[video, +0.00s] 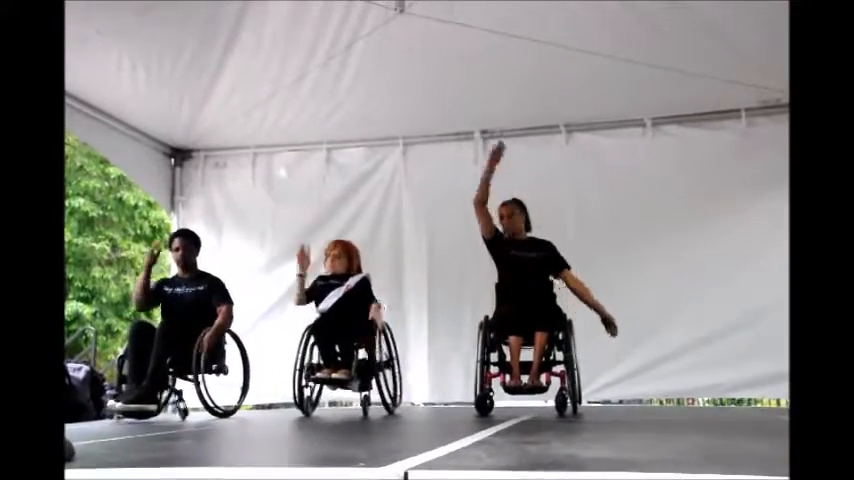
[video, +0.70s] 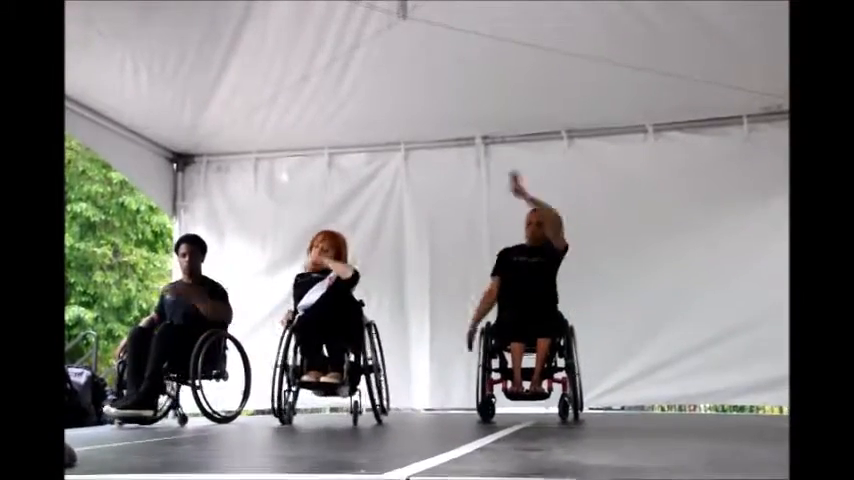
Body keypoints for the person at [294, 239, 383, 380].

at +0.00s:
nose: (331, 261)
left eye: (337, 257)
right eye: (328, 256)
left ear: (350, 261)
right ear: (325, 260)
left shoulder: (360, 281)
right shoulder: (322, 281)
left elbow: (370, 300)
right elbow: (300, 301)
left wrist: (376, 307)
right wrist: (301, 273)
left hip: (354, 318)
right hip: (331, 318)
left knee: (344, 332)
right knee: (319, 327)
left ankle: (345, 368)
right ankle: (329, 366)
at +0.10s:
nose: (329, 259)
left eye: (336, 255)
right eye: (327, 254)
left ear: (349, 260)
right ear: (324, 258)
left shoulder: (359, 280)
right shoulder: (320, 281)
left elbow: (369, 301)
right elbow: (295, 300)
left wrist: (379, 297)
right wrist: (289, 269)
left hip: (354, 320)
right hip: (330, 319)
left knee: (342, 332)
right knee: (317, 326)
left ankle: (344, 368)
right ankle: (327, 367)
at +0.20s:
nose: (329, 258)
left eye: (336, 254)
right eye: (327, 253)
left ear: (349, 259)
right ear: (323, 257)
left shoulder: (357, 278)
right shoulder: (318, 281)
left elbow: (373, 292)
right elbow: (293, 304)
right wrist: (279, 278)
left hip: (352, 319)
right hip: (328, 320)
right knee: (316, 325)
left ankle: (342, 369)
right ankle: (324, 367)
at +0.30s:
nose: (327, 256)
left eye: (333, 253)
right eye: (324, 252)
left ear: (346, 257)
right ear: (321, 256)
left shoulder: (354, 277)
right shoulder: (314, 281)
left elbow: (374, 281)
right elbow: (299, 316)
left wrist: (383, 251)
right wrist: (275, 302)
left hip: (347, 318)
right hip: (322, 319)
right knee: (310, 322)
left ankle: (339, 368)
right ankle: (320, 366)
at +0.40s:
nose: (325, 255)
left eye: (332, 251)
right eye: (323, 250)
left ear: (345, 257)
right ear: (318, 254)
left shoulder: (351, 276)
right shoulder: (311, 280)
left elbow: (370, 279)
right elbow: (302, 316)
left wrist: (370, 243)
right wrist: (279, 315)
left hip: (345, 318)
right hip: (320, 318)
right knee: (309, 324)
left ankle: (338, 369)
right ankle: (319, 367)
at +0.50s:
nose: (324, 254)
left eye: (330, 251)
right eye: (321, 249)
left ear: (340, 257)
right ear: (314, 256)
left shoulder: (346, 276)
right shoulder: (307, 280)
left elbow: (360, 271)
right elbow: (304, 313)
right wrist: (289, 319)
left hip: (343, 318)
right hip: (318, 320)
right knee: (307, 322)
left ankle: (337, 370)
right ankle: (317, 368)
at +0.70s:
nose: (317, 252)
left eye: (325, 250)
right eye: (315, 247)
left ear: (337, 256)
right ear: (310, 250)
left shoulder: (342, 277)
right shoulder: (301, 279)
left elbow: (349, 274)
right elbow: (299, 305)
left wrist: (327, 262)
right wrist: (291, 316)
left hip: (339, 315)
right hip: (313, 317)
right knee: (305, 324)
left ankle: (335, 370)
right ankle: (313, 369)